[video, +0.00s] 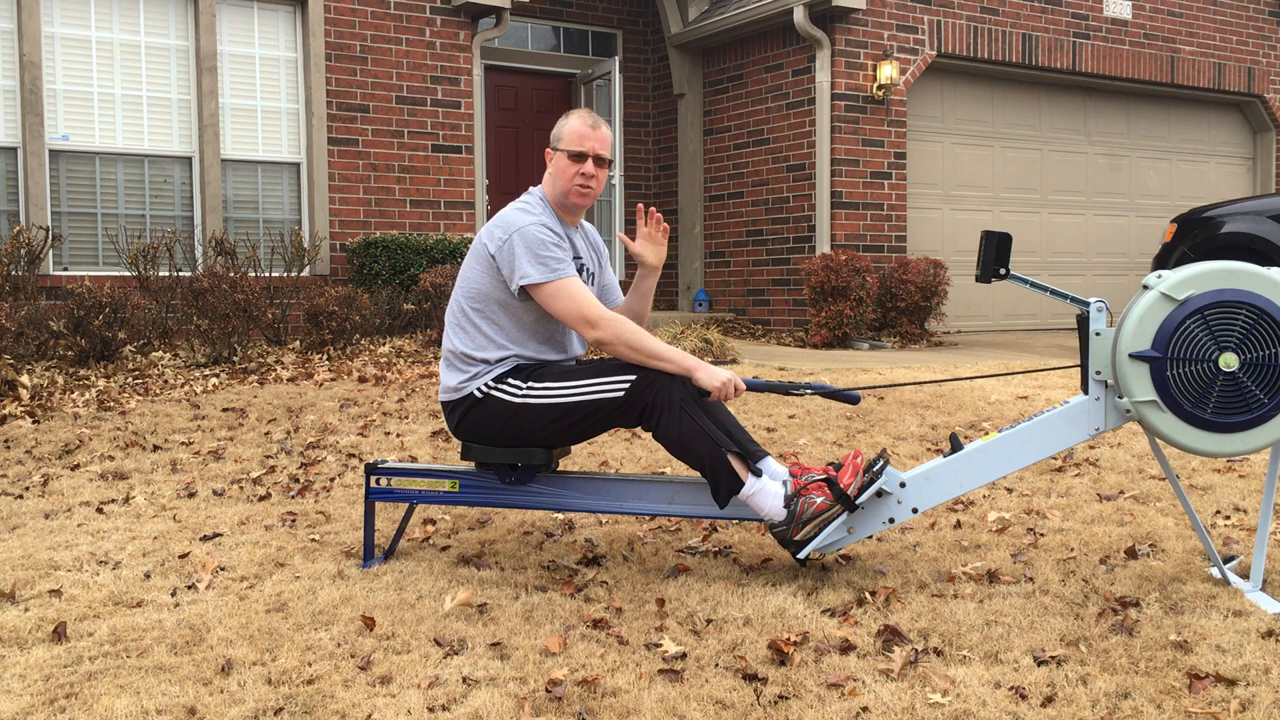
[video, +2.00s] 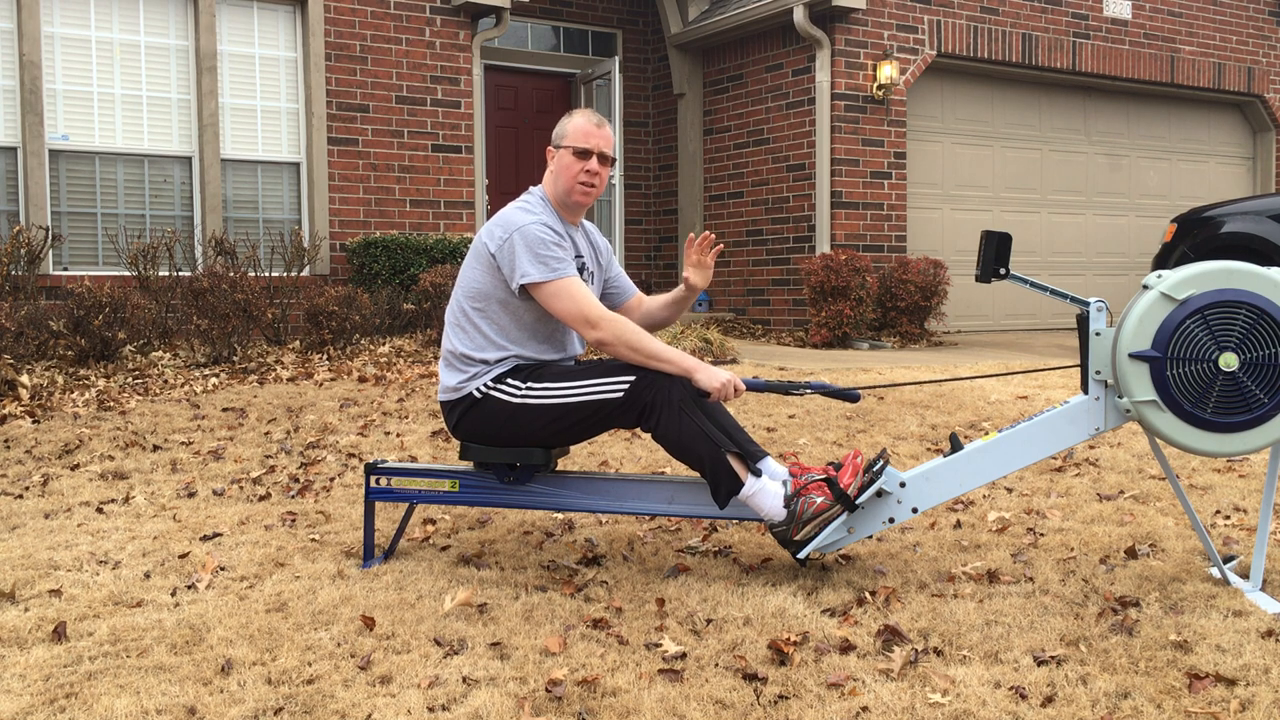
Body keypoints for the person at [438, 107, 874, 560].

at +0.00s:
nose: (589, 172)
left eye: (600, 163)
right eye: (577, 158)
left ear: (608, 172)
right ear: (548, 159)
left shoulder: (589, 238)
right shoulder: (524, 226)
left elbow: (621, 333)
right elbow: (595, 327)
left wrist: (649, 271)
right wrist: (697, 368)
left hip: (541, 377)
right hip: (488, 391)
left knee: (676, 378)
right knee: (652, 387)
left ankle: (788, 485)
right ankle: (777, 509)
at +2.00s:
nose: (594, 169)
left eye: (605, 162)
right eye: (582, 155)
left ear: (610, 173)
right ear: (550, 157)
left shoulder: (587, 236)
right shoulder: (524, 225)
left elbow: (641, 315)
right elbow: (593, 327)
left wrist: (688, 289)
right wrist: (699, 371)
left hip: (541, 377)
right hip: (487, 391)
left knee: (675, 377)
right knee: (650, 387)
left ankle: (786, 484)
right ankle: (776, 509)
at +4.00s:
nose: (596, 170)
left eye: (607, 162)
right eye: (584, 156)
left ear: (612, 173)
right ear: (553, 158)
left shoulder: (592, 239)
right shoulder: (525, 226)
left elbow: (644, 323)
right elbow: (595, 330)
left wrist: (654, 303)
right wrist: (699, 371)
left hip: (540, 377)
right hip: (486, 390)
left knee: (674, 379)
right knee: (651, 388)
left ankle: (786, 485)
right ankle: (775, 509)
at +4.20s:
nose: (595, 168)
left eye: (606, 161)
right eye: (583, 155)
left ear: (612, 173)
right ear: (552, 159)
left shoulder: (592, 237)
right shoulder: (525, 227)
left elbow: (651, 293)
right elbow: (596, 329)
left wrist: (710, 304)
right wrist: (700, 372)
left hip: (539, 376)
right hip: (486, 390)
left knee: (675, 378)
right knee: (650, 388)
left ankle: (785, 484)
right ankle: (776, 509)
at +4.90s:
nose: (592, 168)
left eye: (603, 159)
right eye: (580, 154)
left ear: (610, 171)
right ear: (549, 159)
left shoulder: (592, 236)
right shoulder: (525, 226)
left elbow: (661, 288)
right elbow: (594, 327)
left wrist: (745, 278)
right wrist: (699, 370)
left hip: (541, 376)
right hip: (487, 391)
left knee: (675, 379)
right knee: (651, 388)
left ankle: (788, 485)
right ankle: (776, 510)